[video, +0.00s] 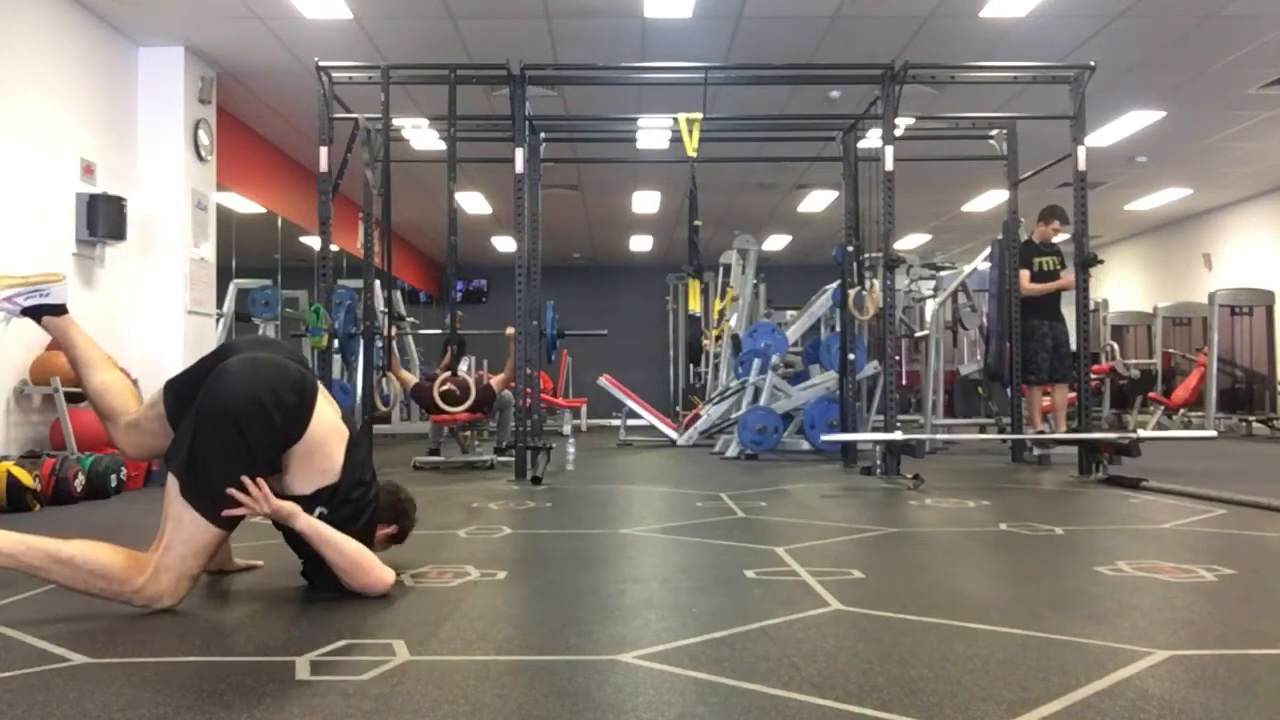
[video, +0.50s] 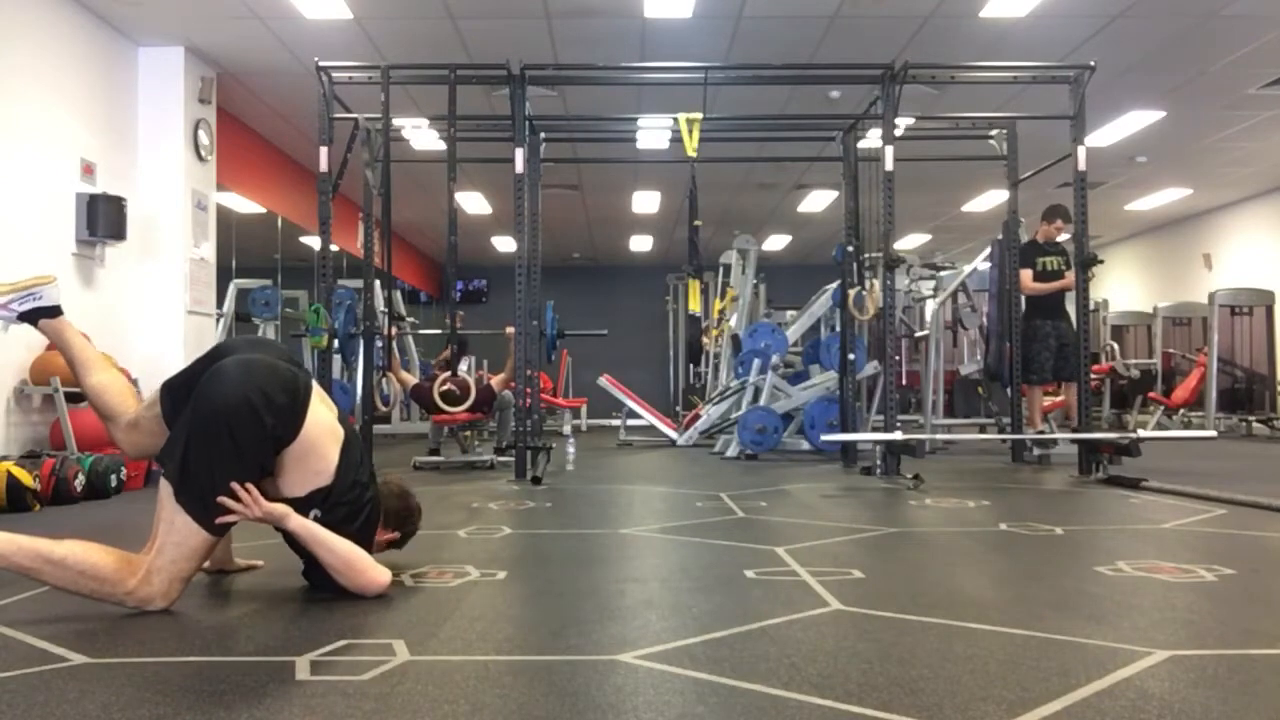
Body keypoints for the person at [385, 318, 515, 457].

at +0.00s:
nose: (449, 378)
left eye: (444, 383)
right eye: (453, 381)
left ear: (436, 392)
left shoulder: (429, 399)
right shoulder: (480, 398)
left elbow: (397, 371)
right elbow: (507, 376)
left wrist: (390, 341)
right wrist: (512, 341)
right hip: (475, 406)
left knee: (437, 411)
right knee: (507, 397)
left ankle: (434, 447)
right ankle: (503, 444)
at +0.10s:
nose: (449, 378)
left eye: (444, 384)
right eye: (453, 382)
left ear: (437, 392)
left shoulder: (428, 398)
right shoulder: (481, 398)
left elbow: (398, 370)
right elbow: (507, 375)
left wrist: (390, 342)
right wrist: (511, 342)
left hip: (439, 407)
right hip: (476, 407)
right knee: (507, 397)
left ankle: (434, 447)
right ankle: (502, 444)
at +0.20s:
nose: (450, 378)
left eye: (444, 383)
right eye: (454, 380)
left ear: (437, 392)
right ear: (468, 391)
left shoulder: (428, 398)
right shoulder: (480, 399)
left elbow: (397, 371)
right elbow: (508, 375)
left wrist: (390, 341)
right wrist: (512, 342)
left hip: (438, 408)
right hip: (475, 408)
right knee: (507, 397)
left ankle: (434, 447)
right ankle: (502, 444)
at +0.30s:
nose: (449, 378)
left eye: (444, 384)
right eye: (453, 382)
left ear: (436, 393)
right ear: (468, 391)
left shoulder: (428, 398)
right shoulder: (480, 398)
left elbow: (397, 371)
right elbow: (508, 375)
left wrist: (390, 341)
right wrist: (512, 341)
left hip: (438, 408)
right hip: (475, 408)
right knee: (507, 397)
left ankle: (434, 447)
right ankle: (502, 444)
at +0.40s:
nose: (449, 378)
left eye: (444, 384)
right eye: (453, 382)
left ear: (436, 393)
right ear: (468, 391)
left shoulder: (428, 399)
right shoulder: (480, 398)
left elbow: (397, 371)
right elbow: (508, 375)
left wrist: (390, 341)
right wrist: (512, 341)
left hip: (439, 408)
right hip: (475, 408)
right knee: (507, 397)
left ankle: (434, 447)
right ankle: (502, 444)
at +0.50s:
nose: (449, 379)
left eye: (443, 384)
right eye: (453, 383)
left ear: (436, 393)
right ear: (468, 391)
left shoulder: (428, 398)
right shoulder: (479, 399)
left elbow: (397, 371)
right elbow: (508, 375)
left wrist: (390, 341)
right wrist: (511, 341)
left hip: (439, 409)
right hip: (475, 408)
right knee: (507, 397)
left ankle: (434, 447)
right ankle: (502, 444)